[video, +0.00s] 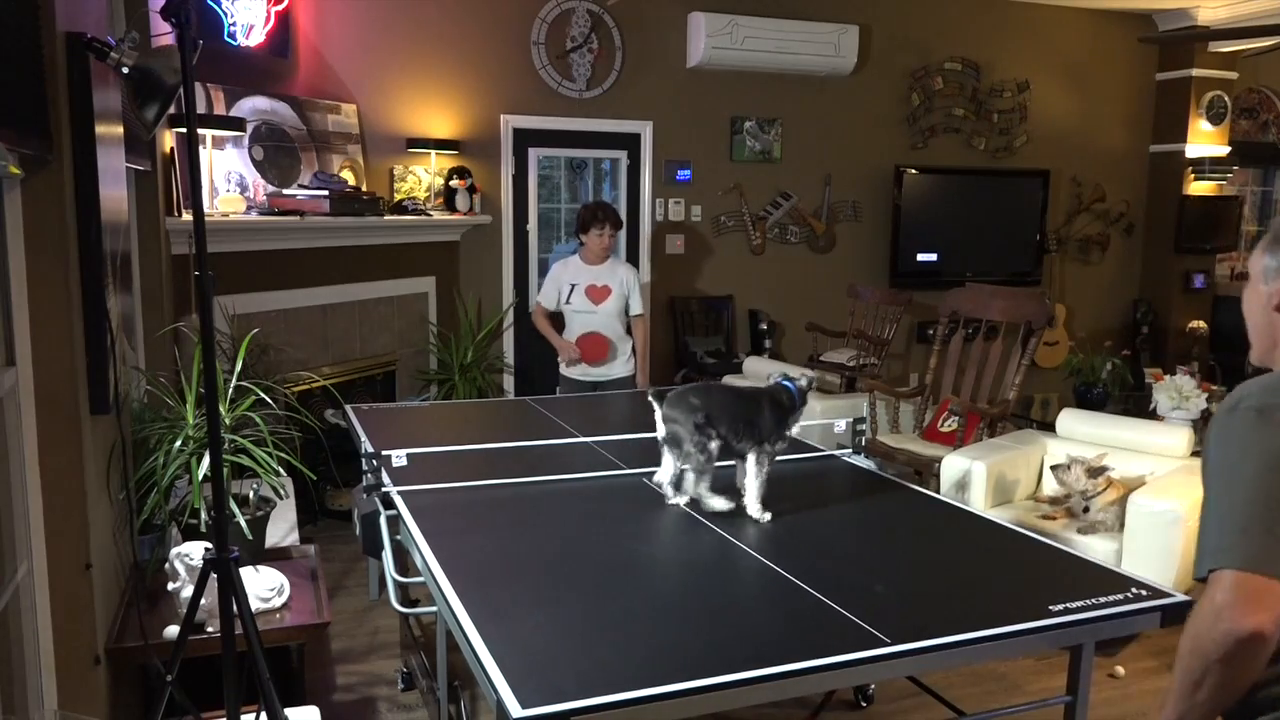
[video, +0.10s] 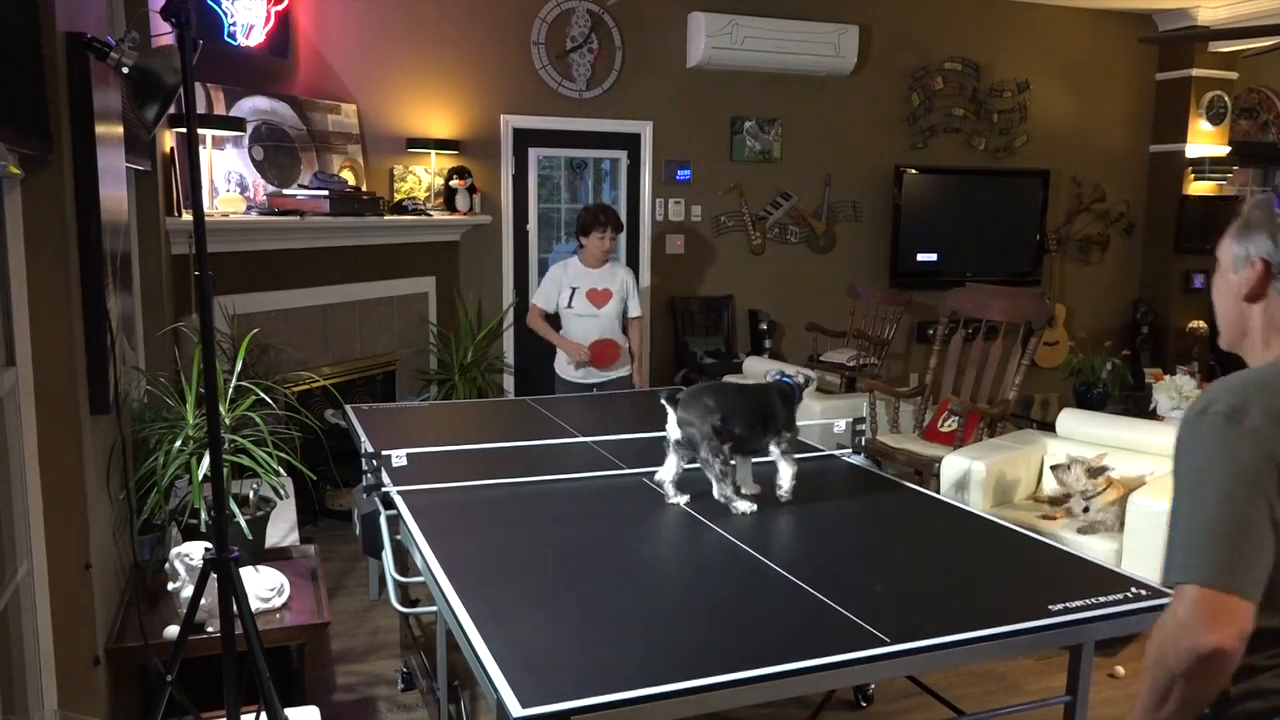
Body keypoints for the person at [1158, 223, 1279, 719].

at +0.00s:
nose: (1243, 299)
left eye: (1248, 280)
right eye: (1247, 279)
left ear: (1275, 295)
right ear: (1276, 294)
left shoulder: (1260, 405)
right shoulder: (1257, 404)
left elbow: (1248, 617)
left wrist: (1180, 711)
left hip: (1264, 706)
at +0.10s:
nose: (1213, 288)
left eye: (1219, 269)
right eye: (1215, 270)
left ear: (1256, 276)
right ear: (1261, 276)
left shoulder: (1244, 409)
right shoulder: (1246, 409)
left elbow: (1209, 633)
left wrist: (1152, 711)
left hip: (1252, 706)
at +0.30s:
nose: (1154, 246)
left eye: (1161, 226)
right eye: (1156, 227)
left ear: (1198, 234)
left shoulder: (1186, 378)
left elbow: (1133, 625)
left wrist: (1098, 704)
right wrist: (1106, 699)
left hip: (1221, 702)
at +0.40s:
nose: (1136, 238)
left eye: (1141, 217)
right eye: (1136, 218)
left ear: (1179, 224)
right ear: (1265, 226)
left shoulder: (1177, 375)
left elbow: (1133, 629)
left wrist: (1086, 703)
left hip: (1210, 701)